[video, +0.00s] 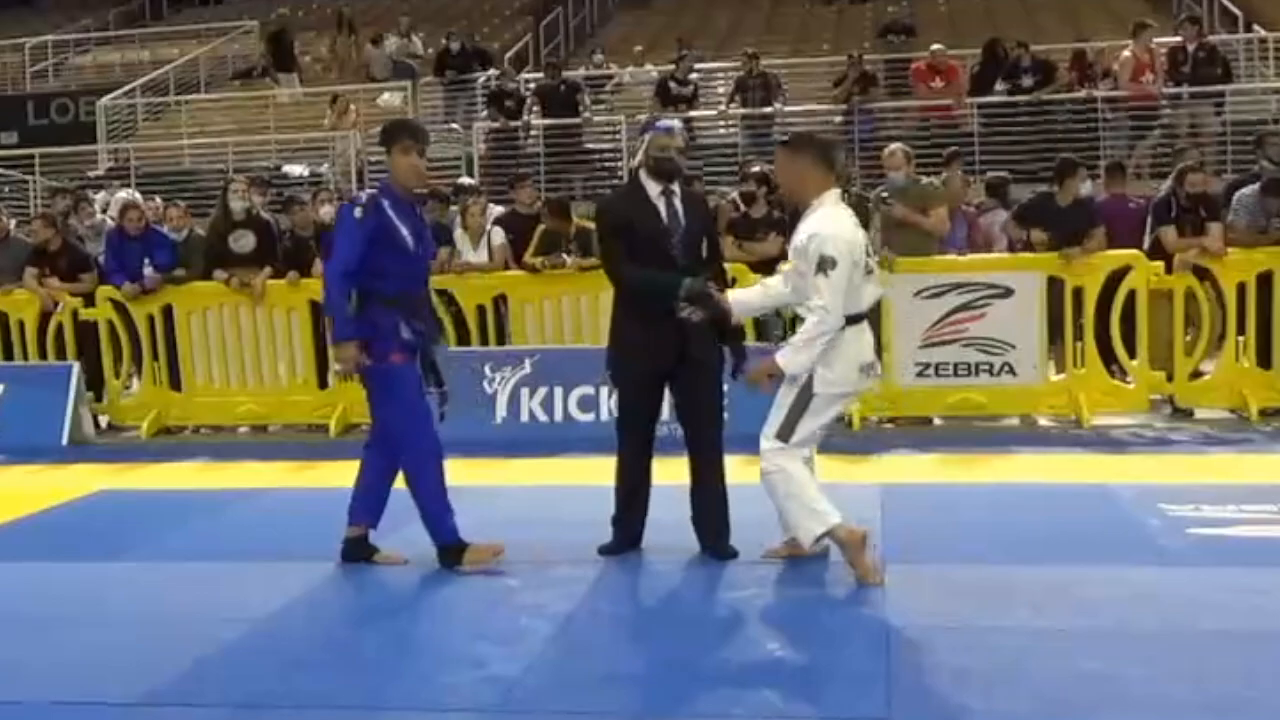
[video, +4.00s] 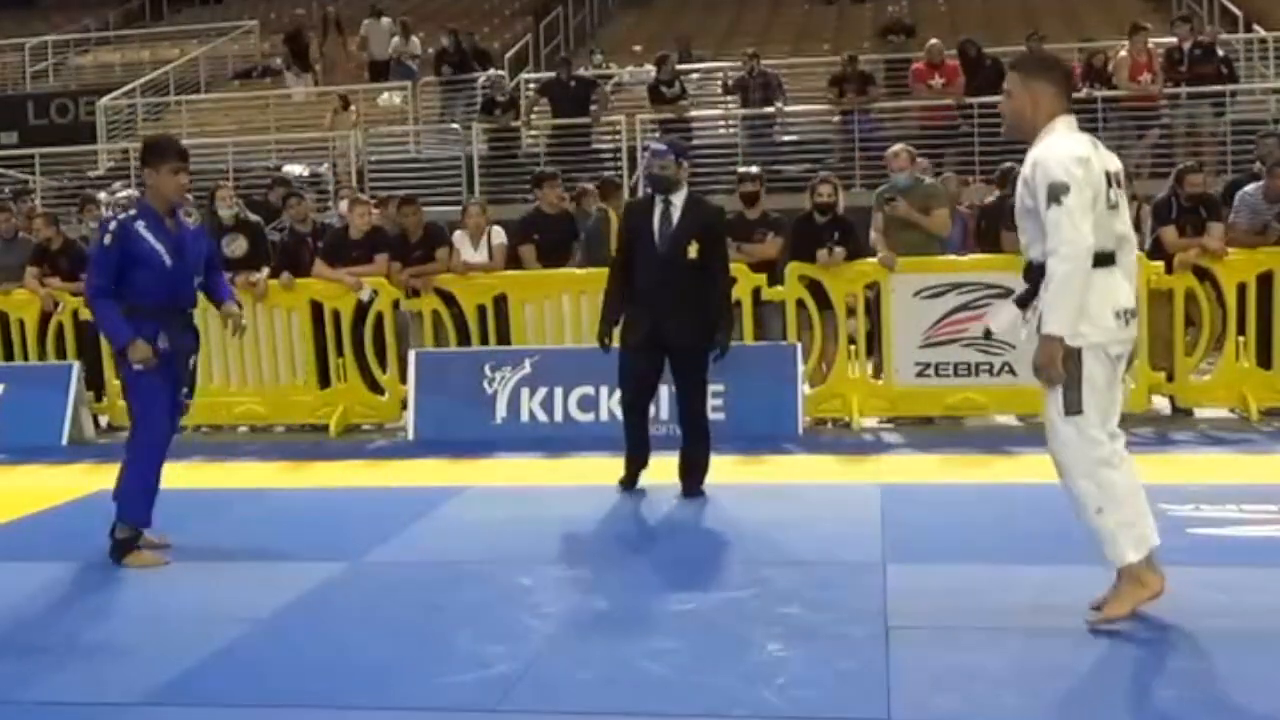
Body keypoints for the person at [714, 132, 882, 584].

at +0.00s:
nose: (775, 177)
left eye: (781, 166)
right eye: (776, 167)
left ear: (807, 168)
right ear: (814, 170)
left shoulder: (827, 230)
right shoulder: (821, 221)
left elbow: (826, 314)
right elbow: (790, 284)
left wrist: (781, 361)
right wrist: (728, 303)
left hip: (835, 349)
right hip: (837, 343)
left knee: (777, 449)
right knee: (794, 442)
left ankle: (839, 534)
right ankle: (802, 536)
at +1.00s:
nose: (729, 170)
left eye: (732, 159)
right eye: (729, 160)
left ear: (754, 159)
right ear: (768, 157)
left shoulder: (792, 214)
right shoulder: (784, 208)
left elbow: (809, 295)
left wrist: (797, 366)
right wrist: (769, 347)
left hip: (814, 341)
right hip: (813, 335)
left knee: (790, 458)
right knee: (809, 452)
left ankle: (813, 570)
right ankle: (809, 541)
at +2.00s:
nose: (692, 212)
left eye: (696, 198)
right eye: (689, 201)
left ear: (727, 189)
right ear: (718, 196)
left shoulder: (764, 238)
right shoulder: (736, 248)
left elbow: (796, 315)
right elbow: (699, 306)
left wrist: (792, 393)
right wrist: (630, 330)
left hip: (805, 363)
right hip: (835, 354)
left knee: (739, 467)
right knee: (880, 462)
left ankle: (717, 575)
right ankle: (975, 548)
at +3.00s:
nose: (858, 136)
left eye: (865, 126)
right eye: (860, 126)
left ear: (890, 129)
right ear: (907, 130)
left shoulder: (900, 183)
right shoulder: (947, 176)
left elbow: (934, 256)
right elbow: (987, 252)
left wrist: (921, 335)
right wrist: (973, 307)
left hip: (942, 328)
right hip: (982, 324)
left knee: (899, 444)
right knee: (970, 444)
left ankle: (899, 562)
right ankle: (989, 558)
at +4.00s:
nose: (1003, 104)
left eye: (1010, 93)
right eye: (1005, 93)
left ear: (1039, 96)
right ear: (1053, 96)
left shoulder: (1055, 158)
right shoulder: (1094, 151)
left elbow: (1069, 254)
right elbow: (1118, 247)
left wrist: (1053, 332)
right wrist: (1030, 301)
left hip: (1084, 320)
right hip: (1108, 314)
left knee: (1076, 440)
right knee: (1099, 437)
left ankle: (1135, 566)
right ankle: (1139, 562)